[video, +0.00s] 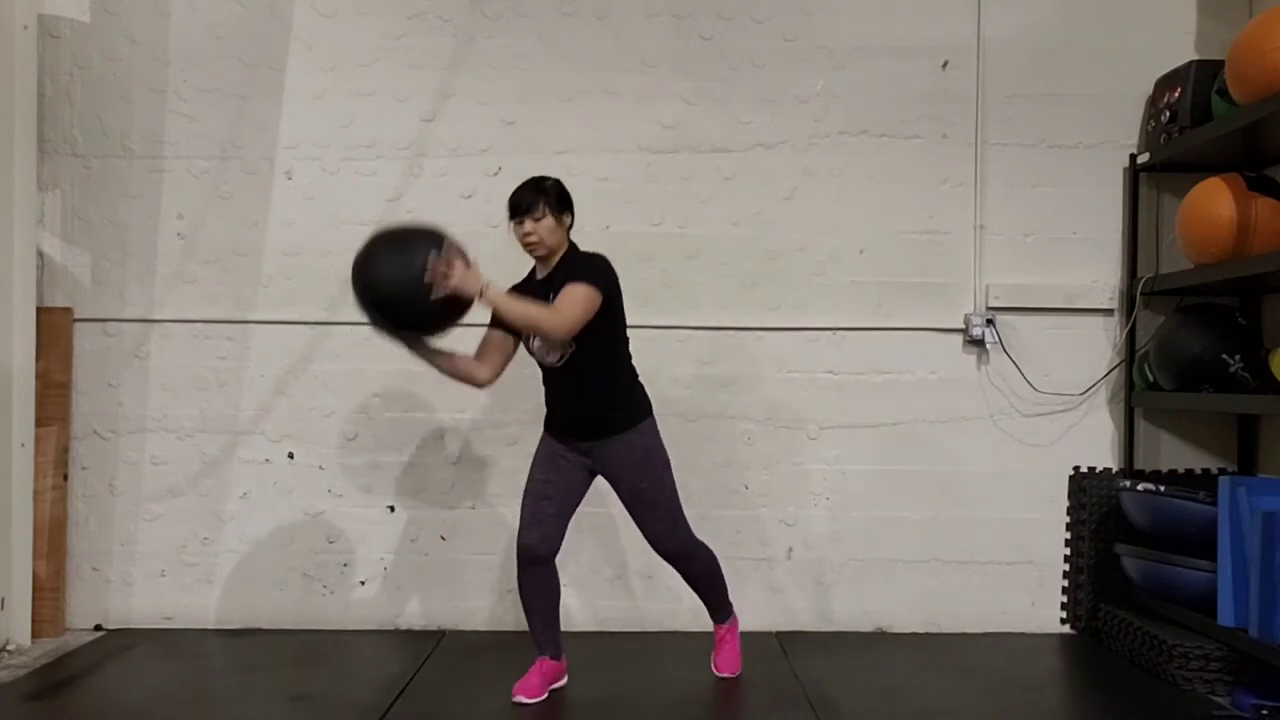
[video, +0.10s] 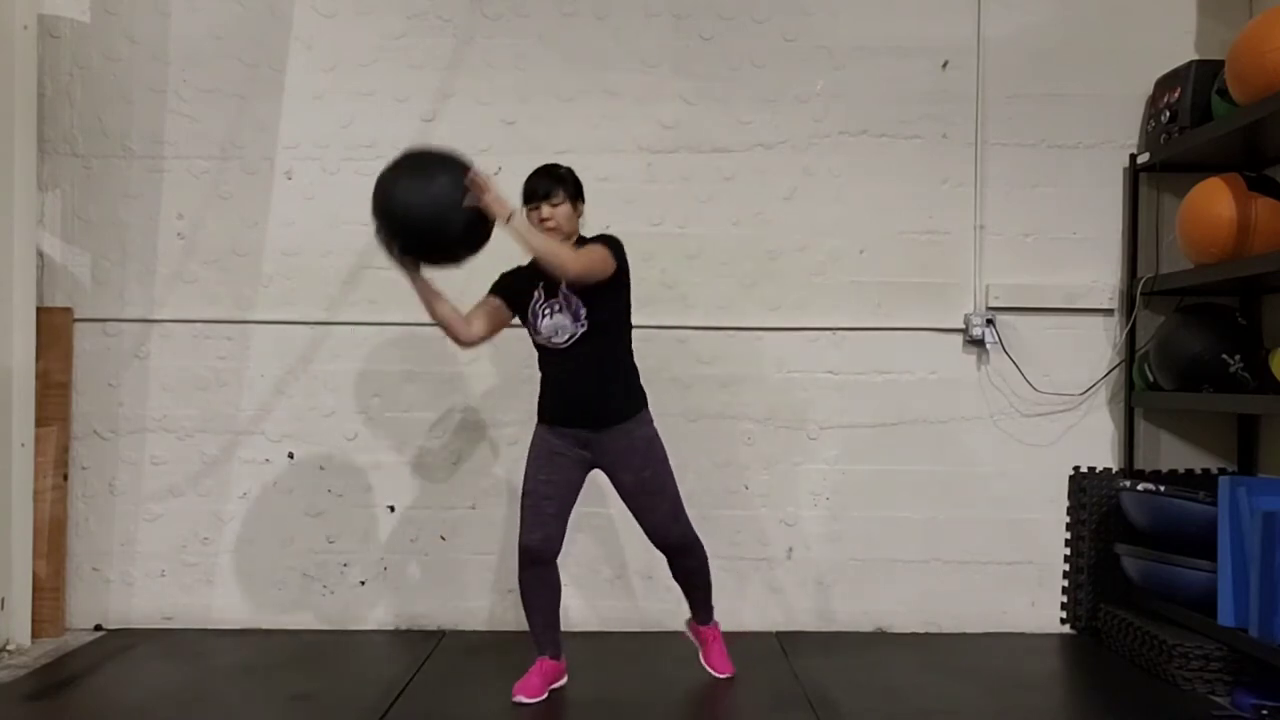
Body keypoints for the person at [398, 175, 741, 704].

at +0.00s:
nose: (528, 232)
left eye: (538, 219)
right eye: (519, 223)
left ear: (565, 219)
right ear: (514, 231)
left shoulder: (593, 271)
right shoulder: (519, 294)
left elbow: (558, 325)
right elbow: (482, 371)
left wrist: (482, 290)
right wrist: (417, 341)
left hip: (625, 435)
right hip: (564, 439)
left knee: (673, 542)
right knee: (534, 547)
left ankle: (725, 623)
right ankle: (549, 659)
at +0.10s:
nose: (545, 212)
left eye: (556, 202)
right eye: (535, 206)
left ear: (579, 209)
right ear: (526, 217)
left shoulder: (606, 252)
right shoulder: (522, 280)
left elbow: (567, 265)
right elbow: (466, 331)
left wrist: (506, 215)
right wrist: (412, 271)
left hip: (624, 428)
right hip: (558, 433)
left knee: (675, 536)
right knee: (535, 547)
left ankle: (705, 623)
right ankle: (549, 658)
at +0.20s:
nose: (560, 210)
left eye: (569, 199)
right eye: (548, 201)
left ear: (591, 204)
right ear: (537, 211)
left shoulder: (616, 253)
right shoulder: (529, 268)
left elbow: (601, 210)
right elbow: (467, 288)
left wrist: (538, 160)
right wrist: (436, 213)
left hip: (625, 425)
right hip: (557, 430)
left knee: (672, 533)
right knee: (540, 550)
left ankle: (684, 633)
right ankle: (549, 658)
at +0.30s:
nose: (582, 208)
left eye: (589, 198)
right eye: (569, 199)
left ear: (602, 203)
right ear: (550, 207)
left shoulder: (626, 246)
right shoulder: (538, 264)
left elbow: (637, 181)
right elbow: (486, 246)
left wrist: (575, 129)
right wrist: (471, 164)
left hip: (626, 422)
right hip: (562, 426)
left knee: (665, 532)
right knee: (548, 548)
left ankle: (673, 642)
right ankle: (548, 658)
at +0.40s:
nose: (604, 209)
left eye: (609, 200)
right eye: (591, 200)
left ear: (617, 204)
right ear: (567, 205)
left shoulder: (631, 249)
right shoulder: (553, 258)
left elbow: (658, 175)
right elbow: (527, 220)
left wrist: (602, 123)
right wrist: (519, 136)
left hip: (631, 425)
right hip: (572, 427)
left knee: (663, 535)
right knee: (563, 547)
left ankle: (672, 646)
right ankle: (544, 656)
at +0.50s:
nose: (626, 210)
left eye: (629, 201)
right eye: (615, 200)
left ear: (631, 209)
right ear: (586, 204)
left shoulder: (630, 250)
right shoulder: (571, 257)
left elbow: (660, 184)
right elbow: (579, 201)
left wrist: (617, 124)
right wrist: (566, 114)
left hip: (637, 425)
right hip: (588, 427)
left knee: (667, 537)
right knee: (582, 547)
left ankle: (671, 647)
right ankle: (525, 652)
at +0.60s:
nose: (643, 216)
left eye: (643, 206)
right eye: (632, 203)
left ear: (620, 209)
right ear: (605, 207)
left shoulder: (622, 256)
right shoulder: (595, 256)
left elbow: (659, 194)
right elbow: (630, 185)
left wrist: (627, 131)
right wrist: (612, 108)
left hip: (635, 429)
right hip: (608, 428)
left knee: (670, 534)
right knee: (593, 548)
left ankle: (671, 648)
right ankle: (501, 645)